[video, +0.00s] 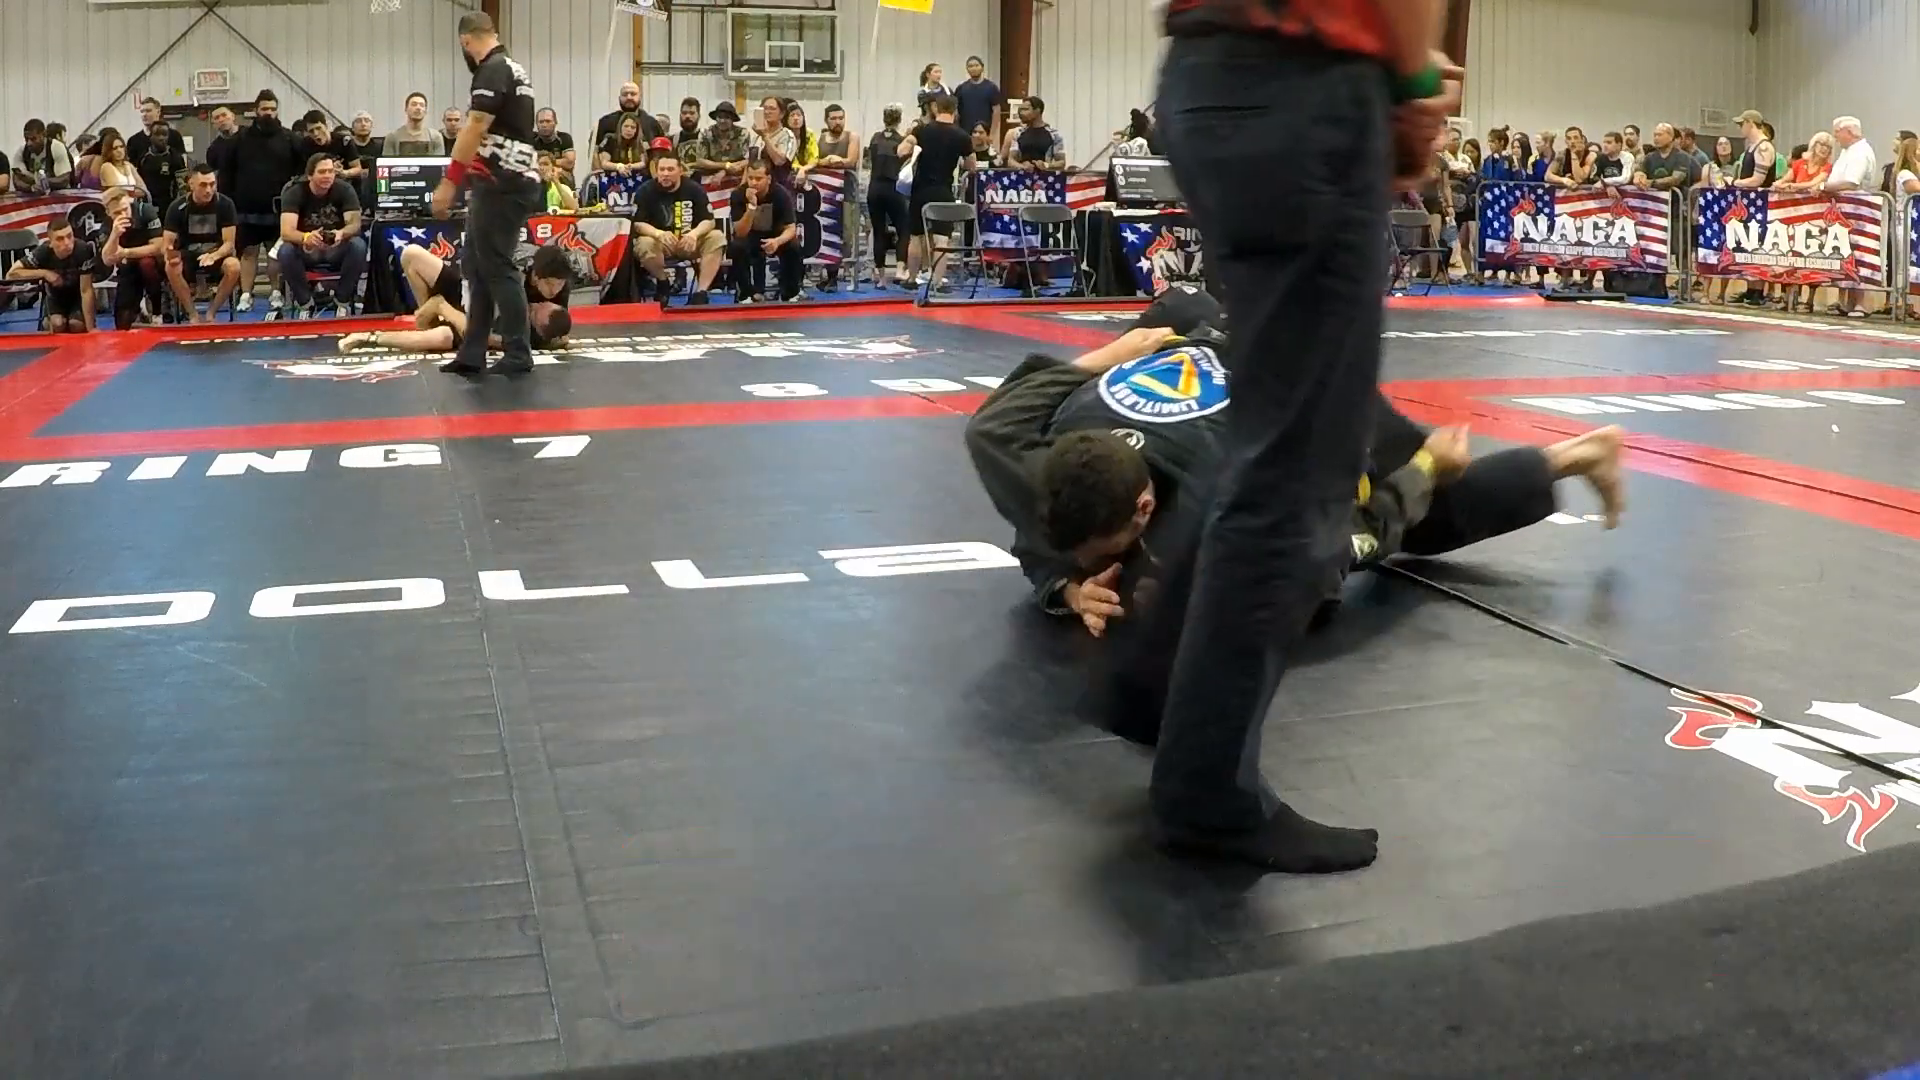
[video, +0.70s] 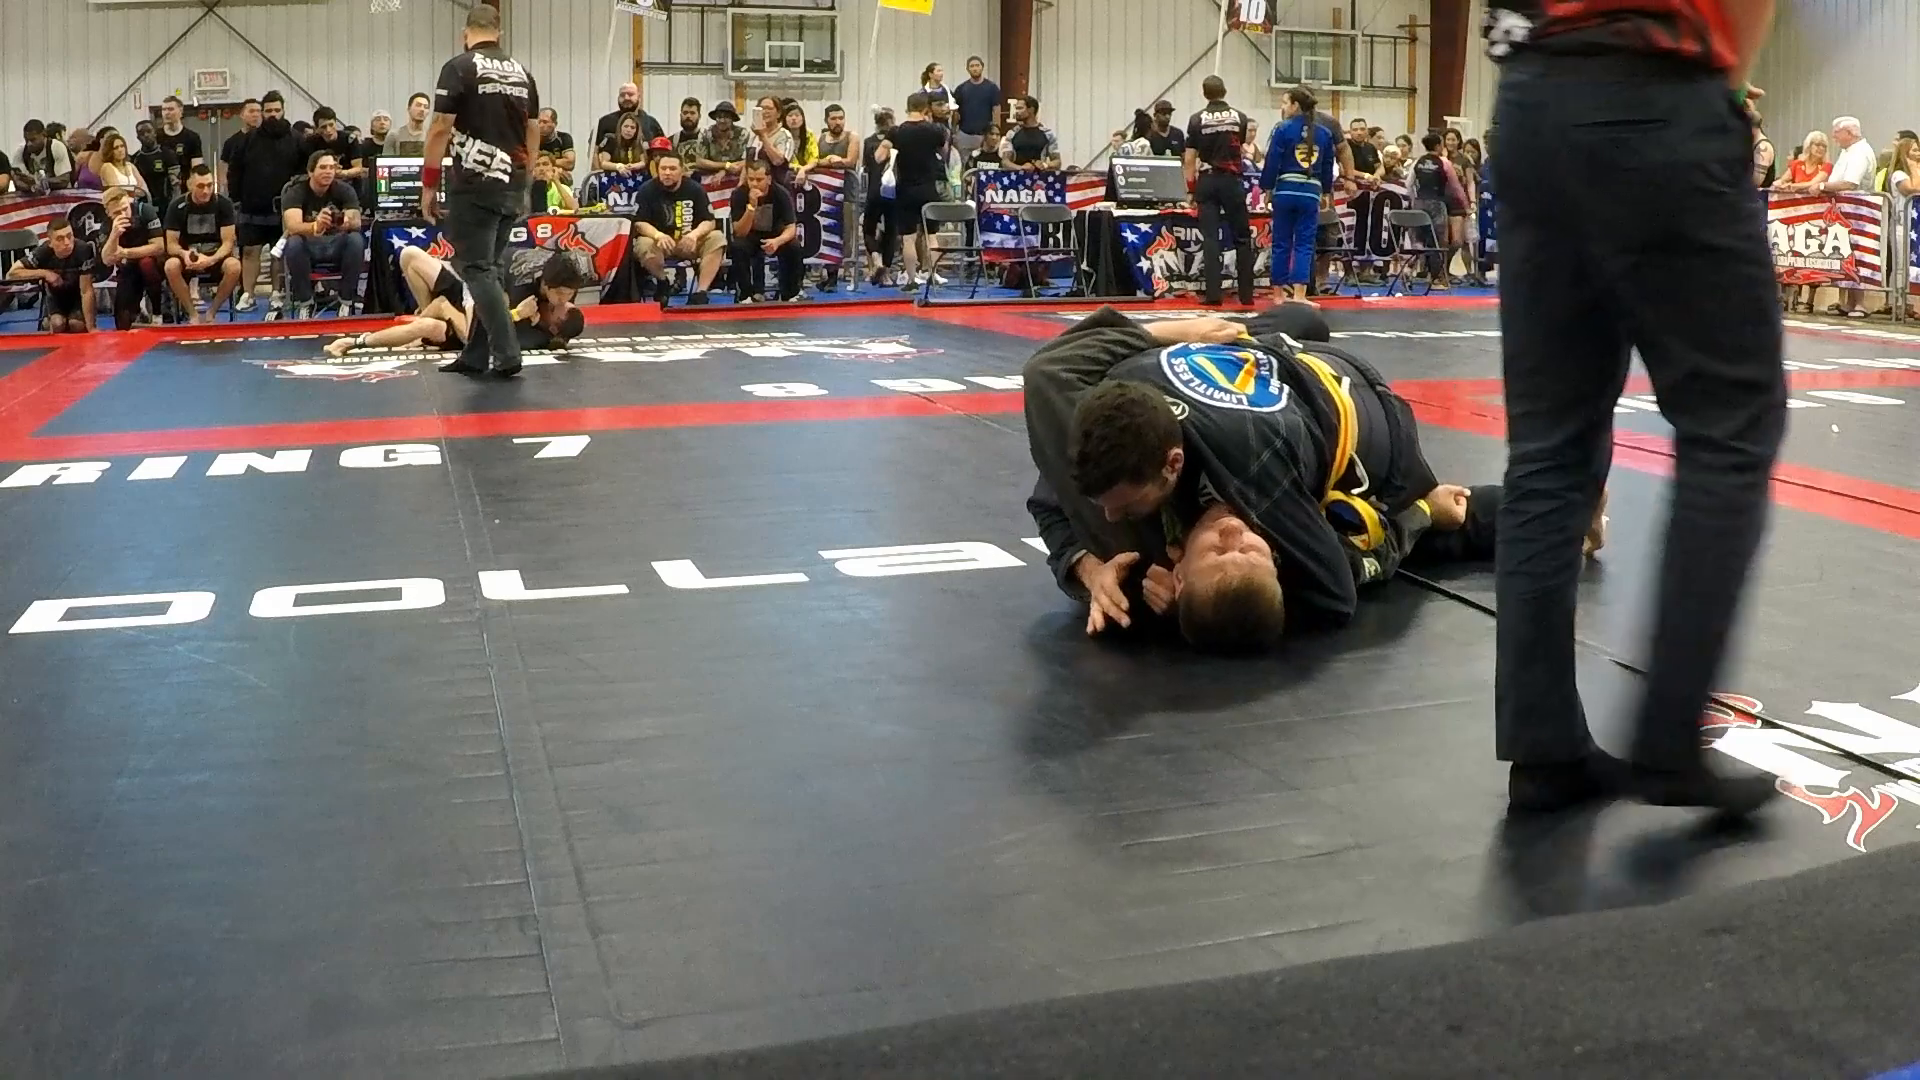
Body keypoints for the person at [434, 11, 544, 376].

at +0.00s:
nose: (465, 54)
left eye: (463, 47)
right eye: (463, 48)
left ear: (468, 41)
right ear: (493, 36)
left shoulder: (493, 68)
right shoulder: (514, 68)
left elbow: (477, 126)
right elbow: (511, 133)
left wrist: (450, 180)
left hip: (501, 183)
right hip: (512, 182)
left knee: (499, 268)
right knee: (477, 267)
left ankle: (518, 356)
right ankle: (471, 355)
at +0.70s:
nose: (465, 39)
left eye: (464, 35)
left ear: (465, 34)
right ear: (499, 33)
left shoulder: (459, 67)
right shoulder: (523, 72)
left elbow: (441, 129)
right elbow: (533, 133)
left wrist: (429, 183)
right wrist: (523, 181)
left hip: (472, 185)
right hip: (512, 186)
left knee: (477, 269)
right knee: (490, 269)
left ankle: (507, 356)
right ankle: (475, 356)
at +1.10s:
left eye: (476, 30)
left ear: (475, 31)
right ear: (509, 29)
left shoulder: (460, 75)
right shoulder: (540, 67)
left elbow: (443, 140)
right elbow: (560, 128)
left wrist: (450, 194)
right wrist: (559, 173)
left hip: (491, 189)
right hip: (538, 185)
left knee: (502, 272)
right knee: (533, 268)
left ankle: (513, 361)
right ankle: (531, 355)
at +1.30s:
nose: (492, 34)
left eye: (489, 28)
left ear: (490, 29)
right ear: (523, 26)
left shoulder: (473, 72)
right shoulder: (554, 68)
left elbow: (462, 132)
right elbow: (571, 131)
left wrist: (472, 165)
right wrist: (560, 169)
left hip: (499, 188)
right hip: (547, 184)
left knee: (508, 270)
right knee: (564, 264)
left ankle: (512, 363)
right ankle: (583, 352)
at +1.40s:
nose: (503, 33)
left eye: (502, 27)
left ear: (503, 28)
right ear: (536, 27)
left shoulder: (482, 72)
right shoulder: (563, 69)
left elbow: (477, 135)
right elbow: (577, 134)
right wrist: (553, 166)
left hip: (504, 183)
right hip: (554, 182)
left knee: (512, 271)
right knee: (575, 264)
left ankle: (512, 364)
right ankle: (595, 356)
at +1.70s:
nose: (560, 33)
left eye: (552, 26)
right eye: (575, 26)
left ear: (548, 27)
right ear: (582, 28)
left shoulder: (525, 68)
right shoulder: (604, 73)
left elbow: (517, 132)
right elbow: (615, 143)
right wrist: (593, 163)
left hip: (538, 187)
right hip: (588, 185)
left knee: (530, 269)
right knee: (592, 267)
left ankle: (516, 361)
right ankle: (598, 360)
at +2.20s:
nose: (587, 33)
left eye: (587, 28)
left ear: (588, 28)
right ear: (620, 31)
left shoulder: (559, 64)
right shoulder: (640, 75)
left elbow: (548, 124)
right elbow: (645, 144)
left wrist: (575, 150)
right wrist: (617, 163)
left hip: (565, 182)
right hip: (612, 185)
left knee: (563, 263)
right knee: (604, 267)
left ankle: (563, 354)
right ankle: (599, 358)